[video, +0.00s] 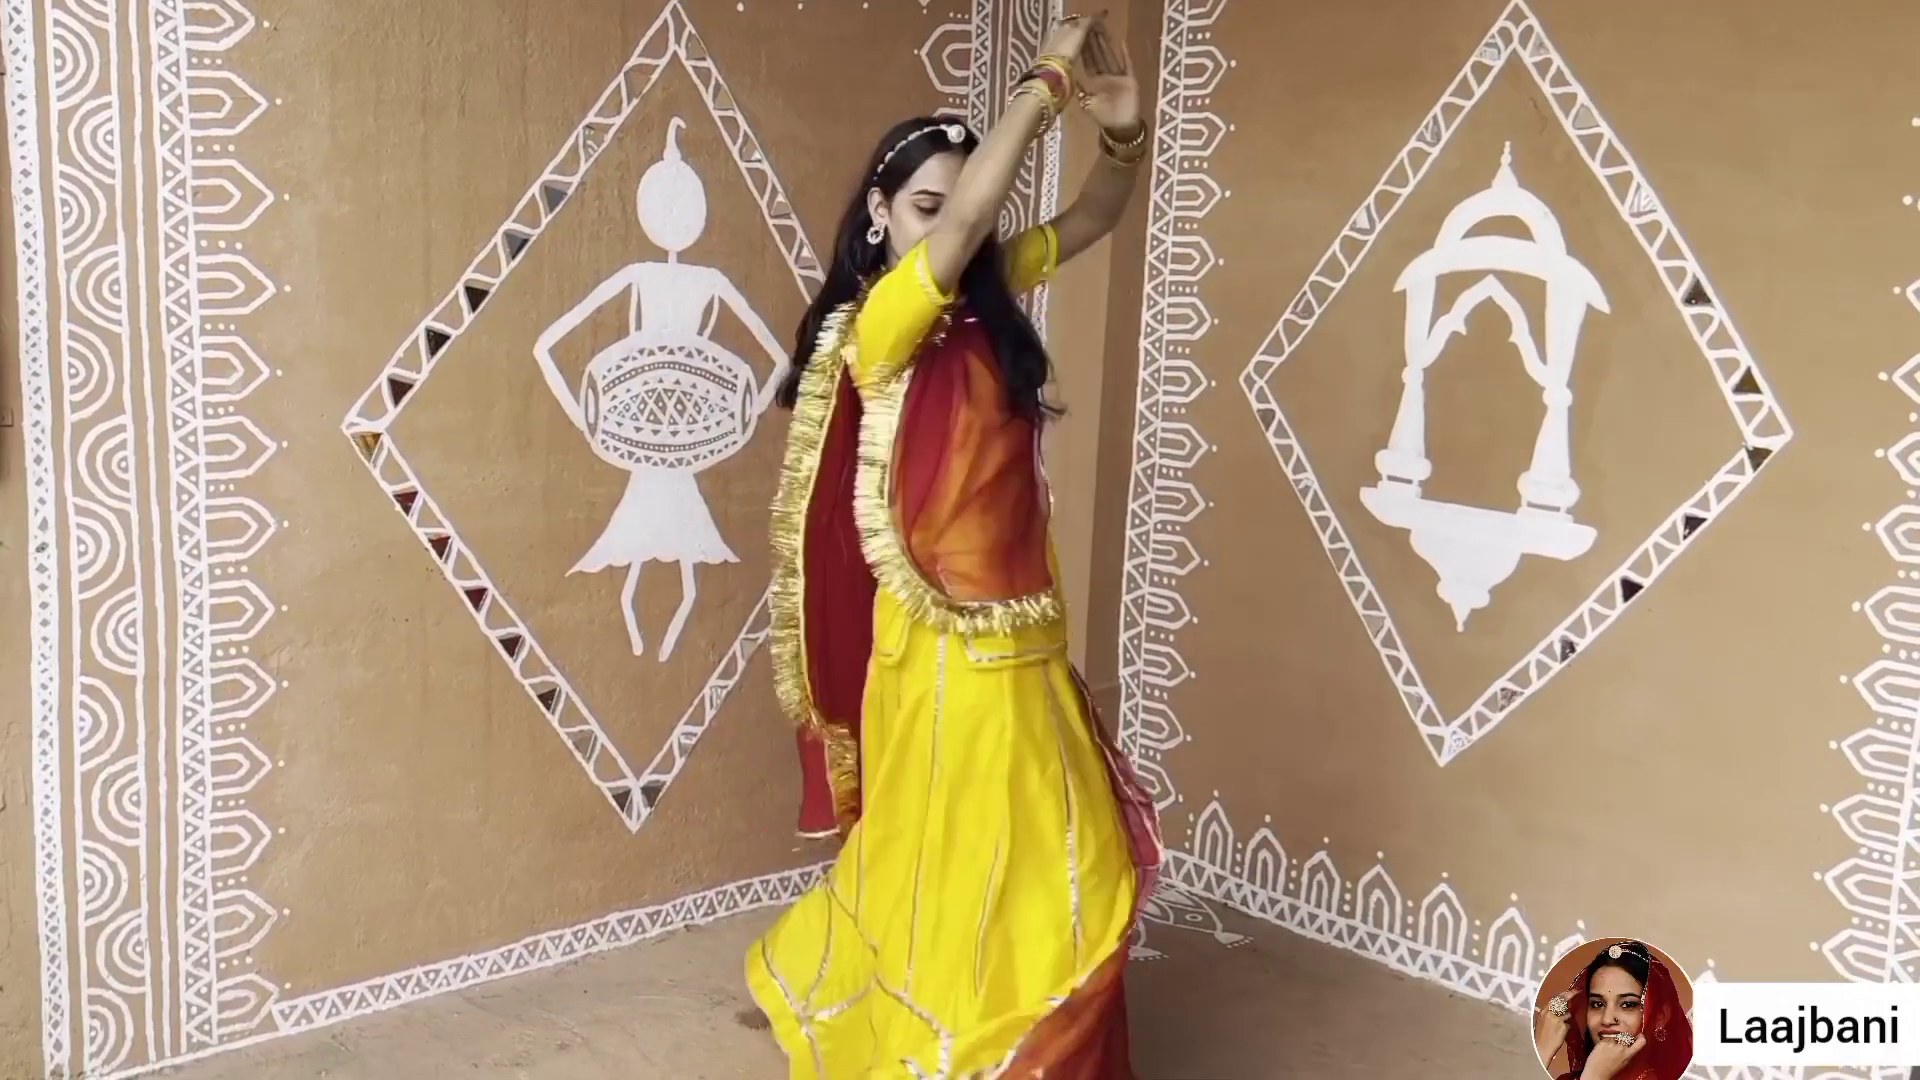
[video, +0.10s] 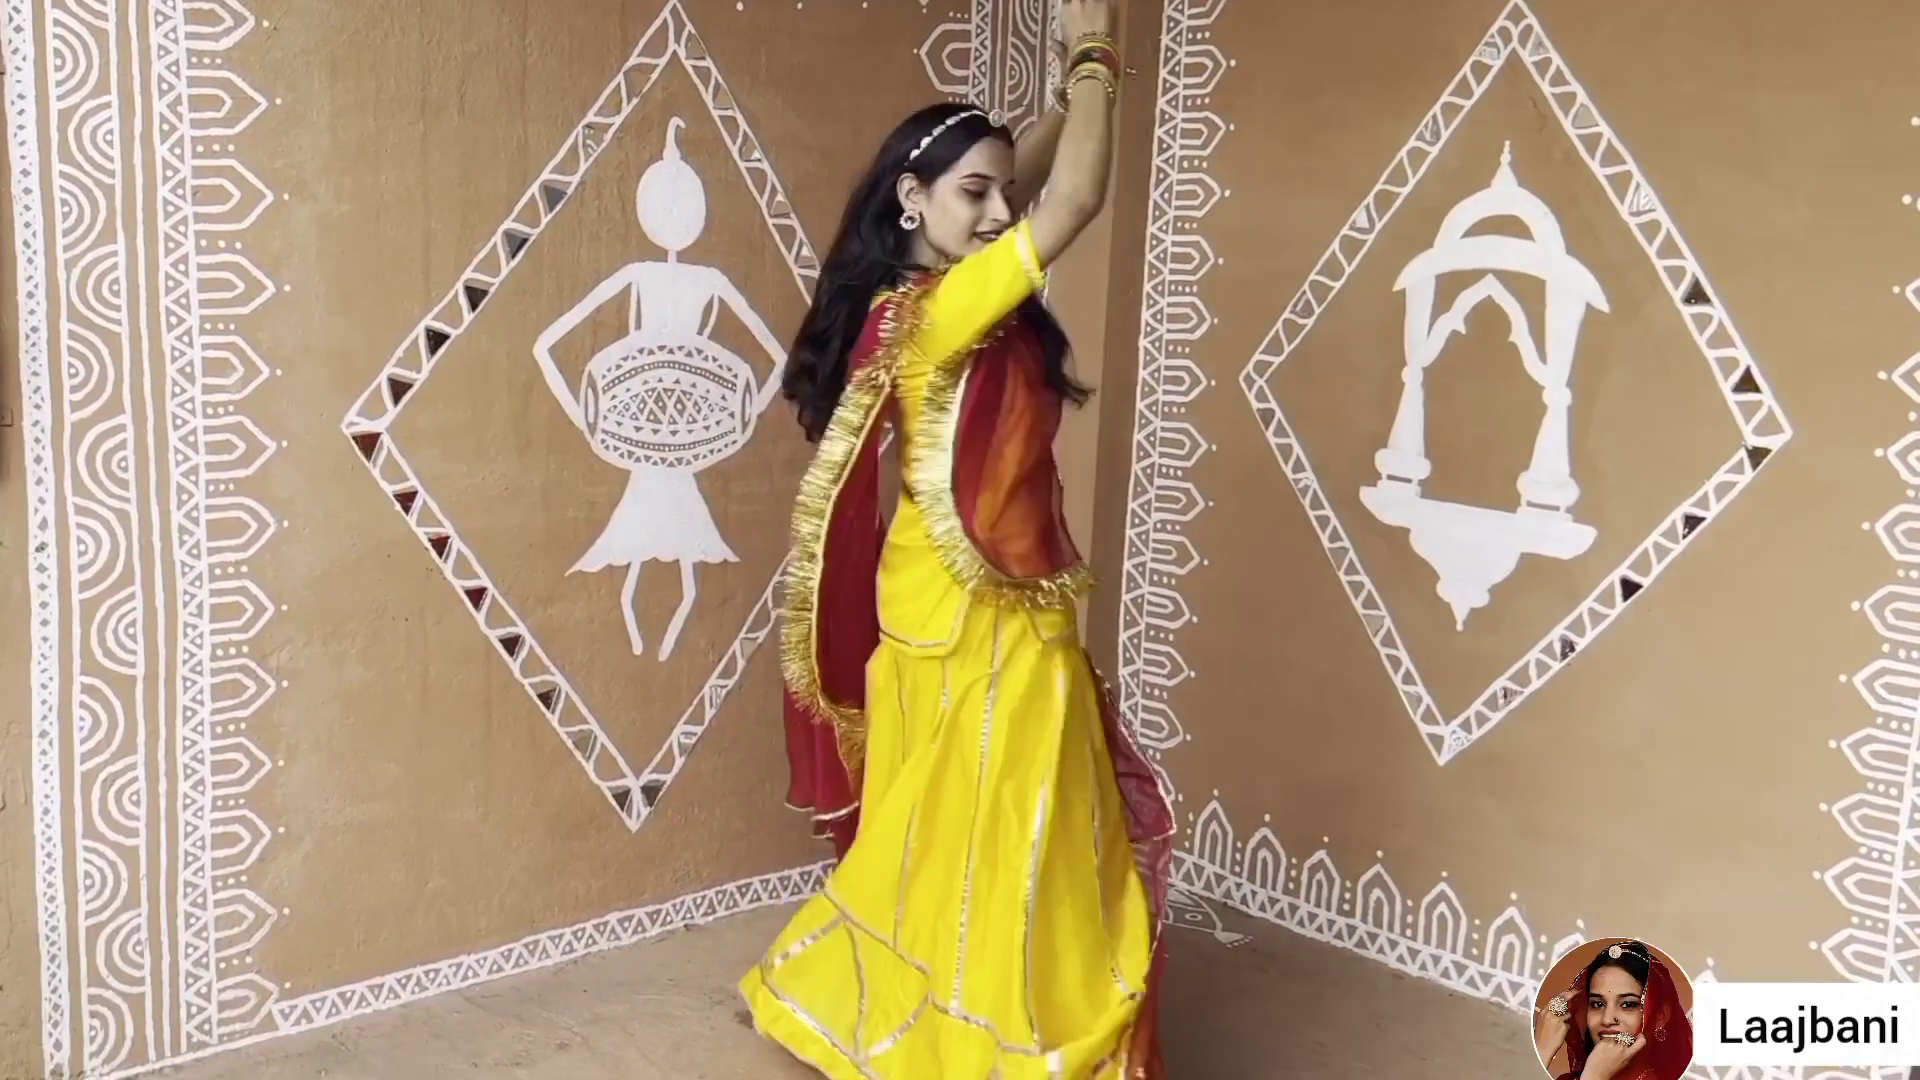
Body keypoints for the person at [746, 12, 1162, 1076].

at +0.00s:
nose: (946, 223)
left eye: (963, 203)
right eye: (924, 203)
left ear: (978, 212)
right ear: (876, 219)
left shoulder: (984, 290)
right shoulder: (871, 332)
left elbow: (1091, 218)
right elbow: (960, 233)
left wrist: (1127, 137)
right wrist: (1043, 88)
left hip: (1027, 641)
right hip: (950, 653)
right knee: (1070, 881)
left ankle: (799, 974)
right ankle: (1008, 1060)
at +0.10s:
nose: (999, 213)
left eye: (1006, 191)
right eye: (976, 190)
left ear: (996, 196)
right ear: (912, 198)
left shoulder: (932, 299)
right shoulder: (934, 311)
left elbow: (1023, 168)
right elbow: (1072, 205)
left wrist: (1070, 55)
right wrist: (1091, 62)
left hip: (951, 588)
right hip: (974, 602)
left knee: (930, 819)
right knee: (1028, 830)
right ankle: (1014, 1044)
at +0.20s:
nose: (1059, 214)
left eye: (1052, 192)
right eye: (1041, 194)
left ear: (960, 209)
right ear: (981, 205)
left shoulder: (901, 316)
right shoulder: (1032, 318)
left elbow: (899, 188)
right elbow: (1174, 204)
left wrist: (970, 97)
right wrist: (1133, 69)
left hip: (915, 620)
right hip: (1015, 625)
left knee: (919, 842)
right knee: (1045, 843)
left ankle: (881, 1042)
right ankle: (1052, 1051)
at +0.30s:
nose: (1070, 221)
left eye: (1063, 202)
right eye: (1058, 202)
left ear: (954, 215)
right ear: (1018, 216)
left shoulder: (892, 310)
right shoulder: (1063, 338)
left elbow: (839, 172)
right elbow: (1180, 228)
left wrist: (919, 98)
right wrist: (1127, 110)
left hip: (924, 637)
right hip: (1043, 636)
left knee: (925, 860)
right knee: (1070, 857)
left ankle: (910, 1048)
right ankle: (1085, 1053)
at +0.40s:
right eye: (1061, 202)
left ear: (940, 217)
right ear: (1053, 229)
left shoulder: (891, 312)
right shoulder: (1086, 344)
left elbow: (807, 180)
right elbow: (1135, 260)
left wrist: (883, 105)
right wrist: (1097, 165)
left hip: (929, 649)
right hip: (1057, 644)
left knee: (935, 876)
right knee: (1085, 868)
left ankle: (920, 1052)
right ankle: (1111, 1051)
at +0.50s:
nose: (942, 216)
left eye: (951, 203)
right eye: (953, 199)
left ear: (960, 228)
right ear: (1058, 230)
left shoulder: (921, 309)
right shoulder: (1088, 345)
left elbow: (814, 198)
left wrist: (868, 112)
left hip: (912, 606)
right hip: (1025, 615)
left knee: (921, 823)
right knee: (1039, 826)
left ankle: (908, 1031)